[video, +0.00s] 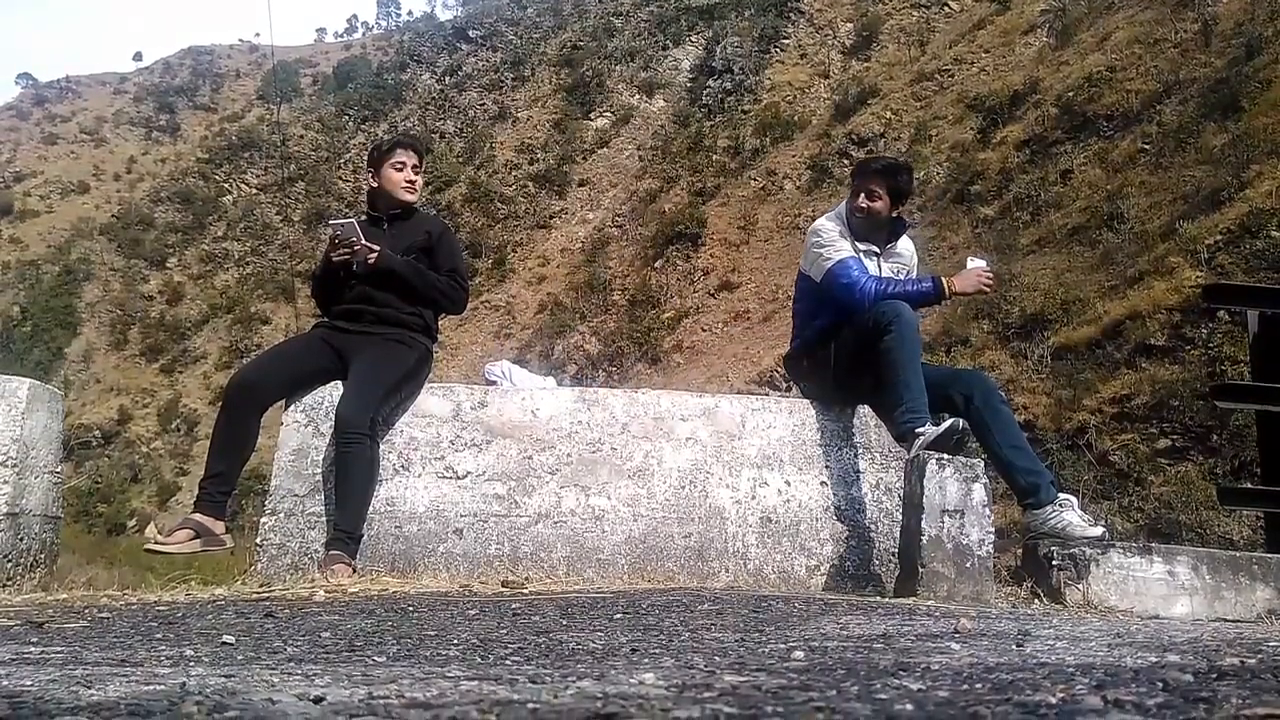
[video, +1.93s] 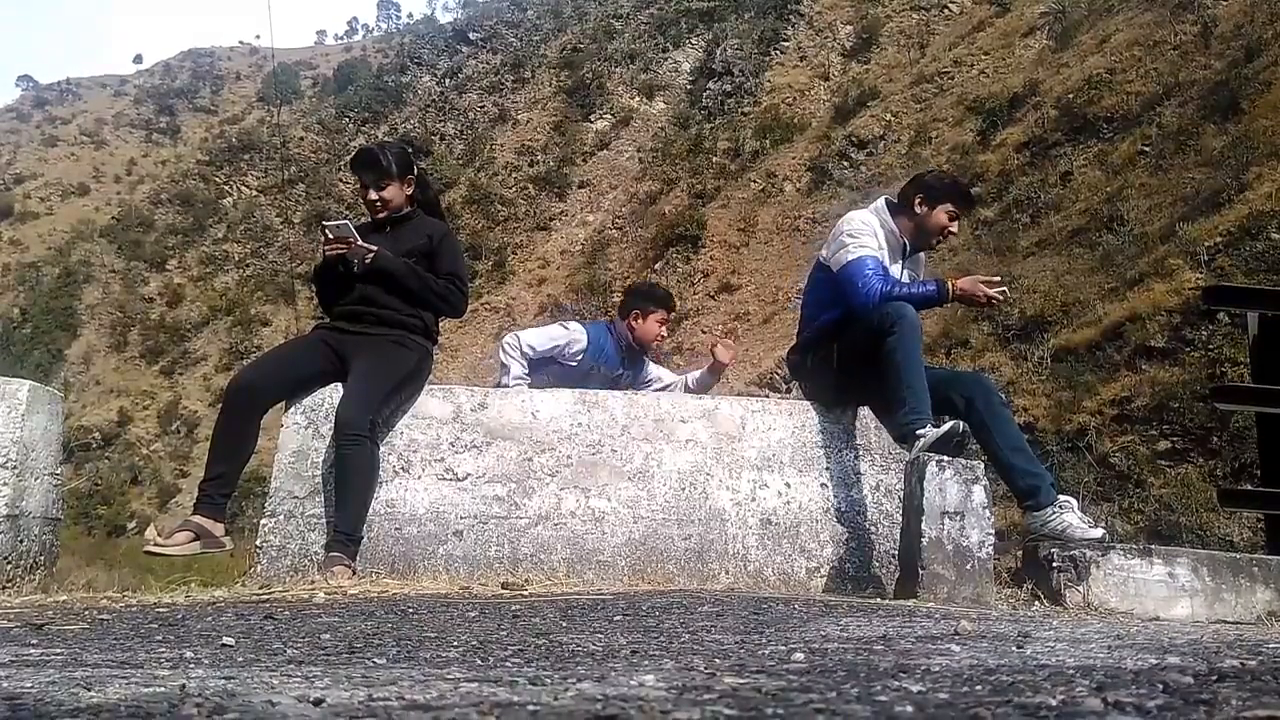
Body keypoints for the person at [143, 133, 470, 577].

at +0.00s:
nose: (412, 176)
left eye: (418, 170)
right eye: (401, 167)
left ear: (422, 180)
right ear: (374, 177)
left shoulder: (433, 229)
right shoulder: (350, 228)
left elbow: (456, 298)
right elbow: (325, 300)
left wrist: (388, 261)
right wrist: (332, 264)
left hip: (397, 342)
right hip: (337, 334)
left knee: (354, 421)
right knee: (247, 387)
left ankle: (340, 556)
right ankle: (209, 519)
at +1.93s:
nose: (372, 196)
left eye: (382, 186)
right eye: (366, 188)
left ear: (410, 184)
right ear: (360, 188)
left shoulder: (434, 232)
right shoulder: (355, 230)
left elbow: (455, 301)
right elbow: (331, 301)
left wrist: (383, 261)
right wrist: (330, 263)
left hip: (397, 344)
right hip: (336, 336)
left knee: (353, 423)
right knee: (247, 387)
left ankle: (341, 558)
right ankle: (208, 521)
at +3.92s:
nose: (375, 197)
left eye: (383, 186)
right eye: (367, 190)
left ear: (410, 179)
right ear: (361, 190)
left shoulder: (437, 231)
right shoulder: (358, 228)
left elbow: (457, 298)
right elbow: (333, 299)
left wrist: (381, 259)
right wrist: (334, 255)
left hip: (397, 343)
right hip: (337, 335)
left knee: (353, 420)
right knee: (247, 386)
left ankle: (341, 556)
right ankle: (208, 519)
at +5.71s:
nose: (412, 178)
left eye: (418, 170)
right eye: (400, 169)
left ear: (423, 179)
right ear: (375, 177)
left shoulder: (435, 229)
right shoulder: (352, 229)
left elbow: (457, 296)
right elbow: (327, 298)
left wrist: (382, 259)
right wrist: (331, 261)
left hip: (397, 340)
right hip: (337, 332)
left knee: (354, 420)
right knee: (247, 385)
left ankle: (341, 555)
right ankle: (209, 517)